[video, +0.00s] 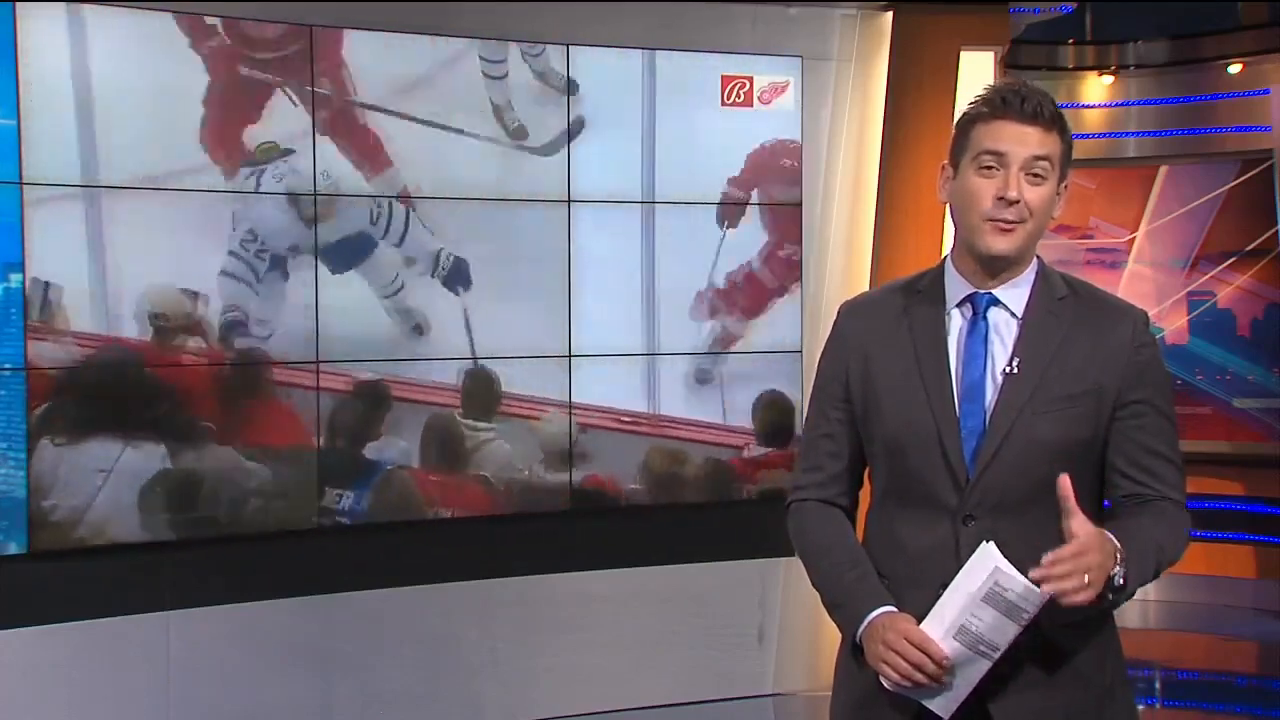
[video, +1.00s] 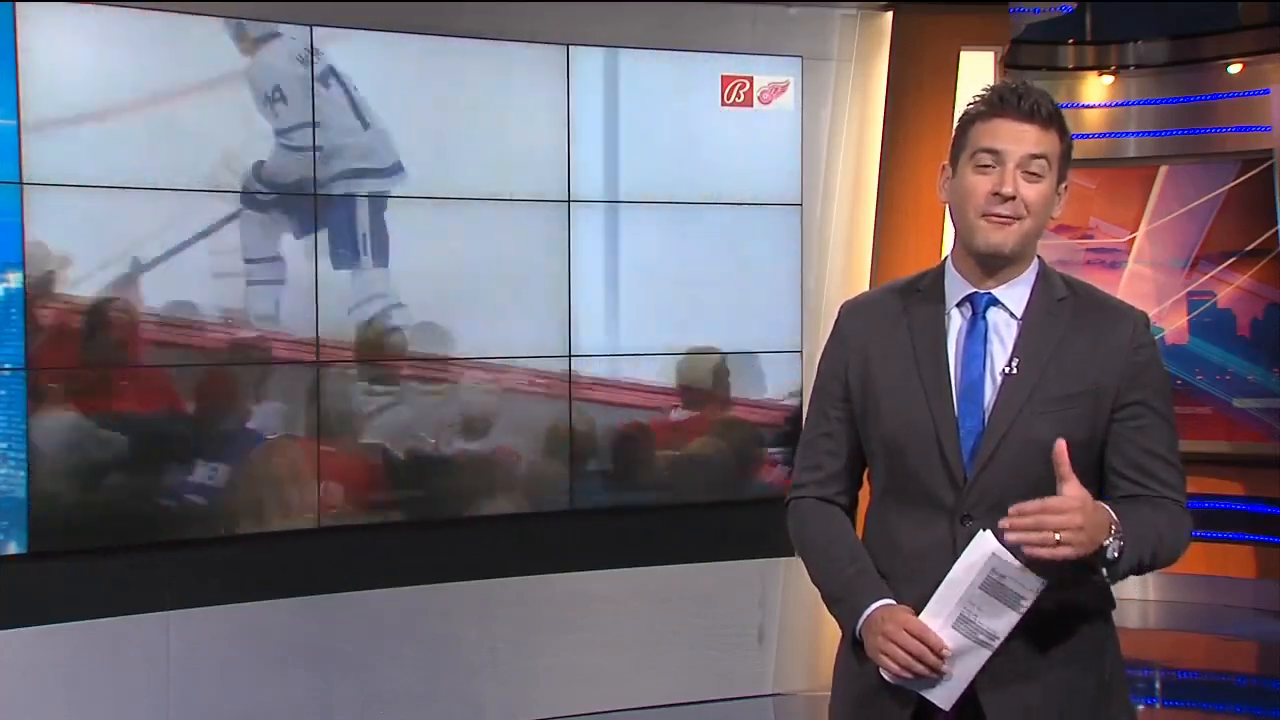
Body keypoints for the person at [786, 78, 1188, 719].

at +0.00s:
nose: (1010, 192)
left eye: (1035, 174)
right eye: (989, 167)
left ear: (1058, 197)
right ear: (949, 183)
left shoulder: (1119, 337)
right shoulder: (865, 327)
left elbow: (1158, 508)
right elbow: (817, 499)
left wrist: (1113, 554)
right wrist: (869, 617)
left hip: (1057, 692)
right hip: (891, 687)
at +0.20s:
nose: (1010, 193)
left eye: (1035, 175)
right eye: (990, 168)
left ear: (1059, 197)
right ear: (950, 184)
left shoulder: (1119, 336)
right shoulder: (865, 326)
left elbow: (1160, 509)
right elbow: (815, 497)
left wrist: (1111, 542)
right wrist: (868, 613)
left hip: (1056, 689)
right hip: (890, 686)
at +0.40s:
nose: (1008, 190)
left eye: (1034, 173)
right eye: (988, 166)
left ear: (1059, 196)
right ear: (949, 183)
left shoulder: (1118, 338)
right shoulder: (864, 326)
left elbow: (1158, 510)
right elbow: (815, 497)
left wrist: (1113, 558)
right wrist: (870, 611)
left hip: (1054, 693)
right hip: (889, 689)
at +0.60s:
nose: (1006, 190)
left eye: (1032, 173)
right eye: (986, 165)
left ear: (1058, 196)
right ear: (948, 182)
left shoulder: (1118, 337)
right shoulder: (864, 327)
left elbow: (1157, 510)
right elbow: (816, 498)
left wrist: (1112, 564)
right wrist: (869, 611)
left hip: (1055, 692)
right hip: (890, 688)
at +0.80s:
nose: (1006, 190)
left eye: (1031, 172)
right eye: (985, 165)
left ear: (1057, 196)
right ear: (948, 183)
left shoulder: (1118, 337)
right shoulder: (864, 327)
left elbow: (1156, 509)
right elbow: (816, 497)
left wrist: (1114, 563)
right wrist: (869, 612)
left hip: (1055, 693)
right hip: (890, 689)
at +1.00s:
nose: (1006, 188)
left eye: (1032, 172)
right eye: (986, 164)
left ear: (1058, 196)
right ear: (947, 183)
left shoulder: (1119, 338)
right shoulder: (865, 327)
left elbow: (1163, 515)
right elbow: (816, 497)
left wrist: (1109, 531)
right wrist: (869, 610)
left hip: (1053, 690)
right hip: (889, 687)